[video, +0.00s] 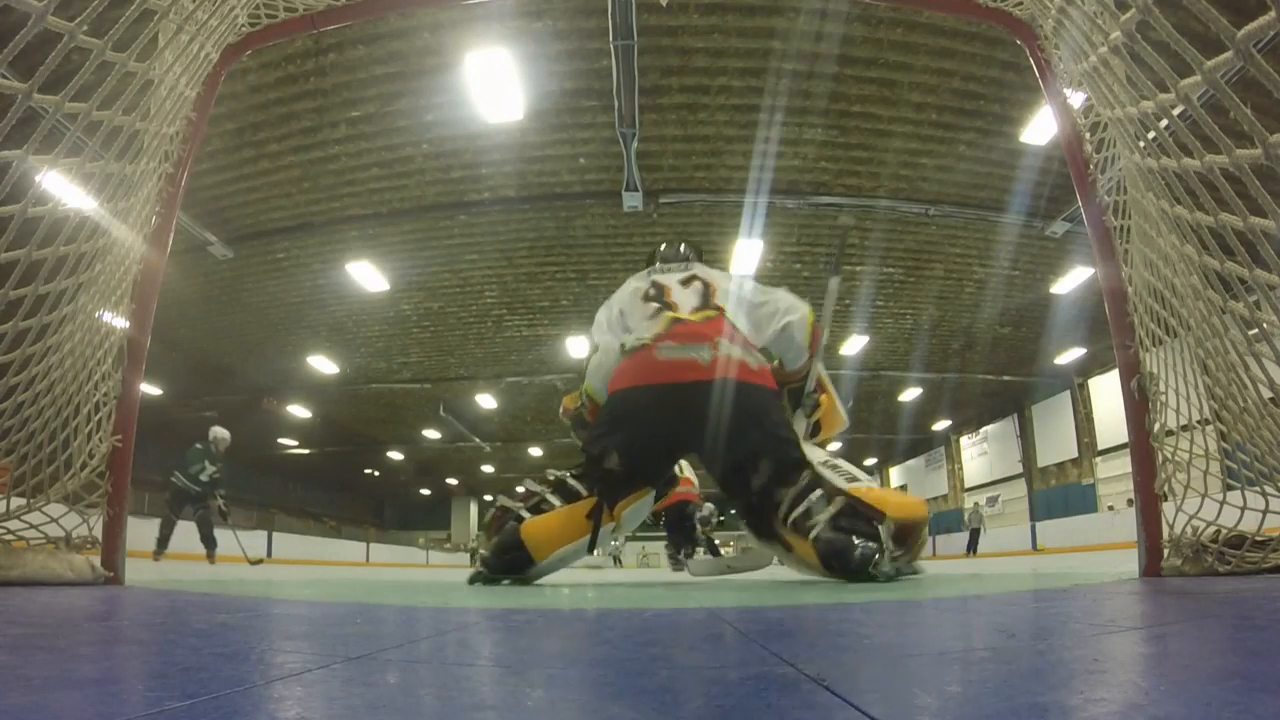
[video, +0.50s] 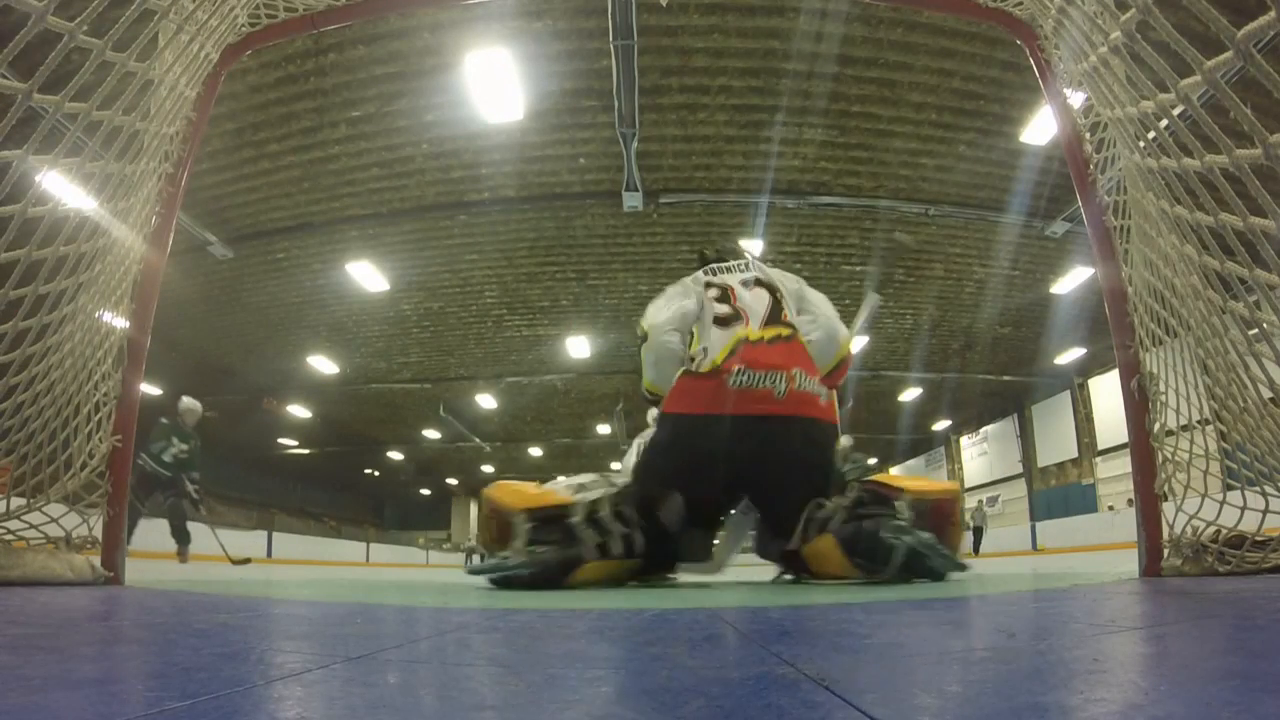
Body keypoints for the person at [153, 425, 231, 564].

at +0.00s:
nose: (225, 447)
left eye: (226, 444)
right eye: (224, 443)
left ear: (223, 443)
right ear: (215, 440)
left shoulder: (219, 460)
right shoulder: (198, 449)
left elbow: (219, 483)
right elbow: (194, 469)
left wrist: (222, 502)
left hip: (199, 493)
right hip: (181, 488)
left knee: (204, 519)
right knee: (170, 518)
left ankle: (211, 550)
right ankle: (160, 548)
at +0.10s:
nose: (218, 442)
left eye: (220, 439)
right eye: (217, 438)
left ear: (216, 437)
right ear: (208, 435)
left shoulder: (213, 455)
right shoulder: (190, 444)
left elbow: (213, 479)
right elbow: (188, 467)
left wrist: (215, 500)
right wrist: (202, 487)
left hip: (194, 489)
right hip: (174, 484)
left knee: (197, 517)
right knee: (162, 514)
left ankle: (204, 548)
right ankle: (152, 547)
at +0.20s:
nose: (216, 438)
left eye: (217, 435)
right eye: (214, 434)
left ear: (213, 434)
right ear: (205, 432)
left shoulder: (210, 453)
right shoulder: (186, 441)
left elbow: (210, 478)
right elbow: (182, 463)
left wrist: (212, 498)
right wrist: (197, 484)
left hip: (190, 487)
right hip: (170, 482)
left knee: (194, 516)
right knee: (157, 514)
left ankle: (201, 548)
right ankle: (147, 547)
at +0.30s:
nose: (208, 431)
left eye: (210, 428)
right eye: (206, 427)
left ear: (208, 428)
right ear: (196, 424)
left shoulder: (204, 448)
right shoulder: (179, 434)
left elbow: (204, 474)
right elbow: (171, 455)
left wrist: (206, 494)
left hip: (183, 484)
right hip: (163, 479)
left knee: (187, 513)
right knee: (148, 511)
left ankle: (194, 546)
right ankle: (137, 545)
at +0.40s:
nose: (204, 428)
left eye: (205, 424)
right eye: (202, 423)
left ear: (204, 425)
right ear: (192, 421)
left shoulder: (200, 444)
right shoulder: (174, 431)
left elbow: (200, 471)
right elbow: (166, 453)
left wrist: (202, 491)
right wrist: (185, 455)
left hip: (179, 482)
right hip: (158, 477)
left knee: (183, 512)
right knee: (143, 510)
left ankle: (190, 546)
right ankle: (132, 544)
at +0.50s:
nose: (194, 420)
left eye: (196, 417)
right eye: (192, 415)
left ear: (198, 417)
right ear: (182, 414)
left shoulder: (193, 440)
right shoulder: (164, 426)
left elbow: (192, 467)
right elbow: (153, 451)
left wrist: (194, 487)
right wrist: (174, 474)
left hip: (171, 477)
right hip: (149, 473)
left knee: (175, 506)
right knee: (134, 504)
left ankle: (182, 544)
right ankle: (122, 541)